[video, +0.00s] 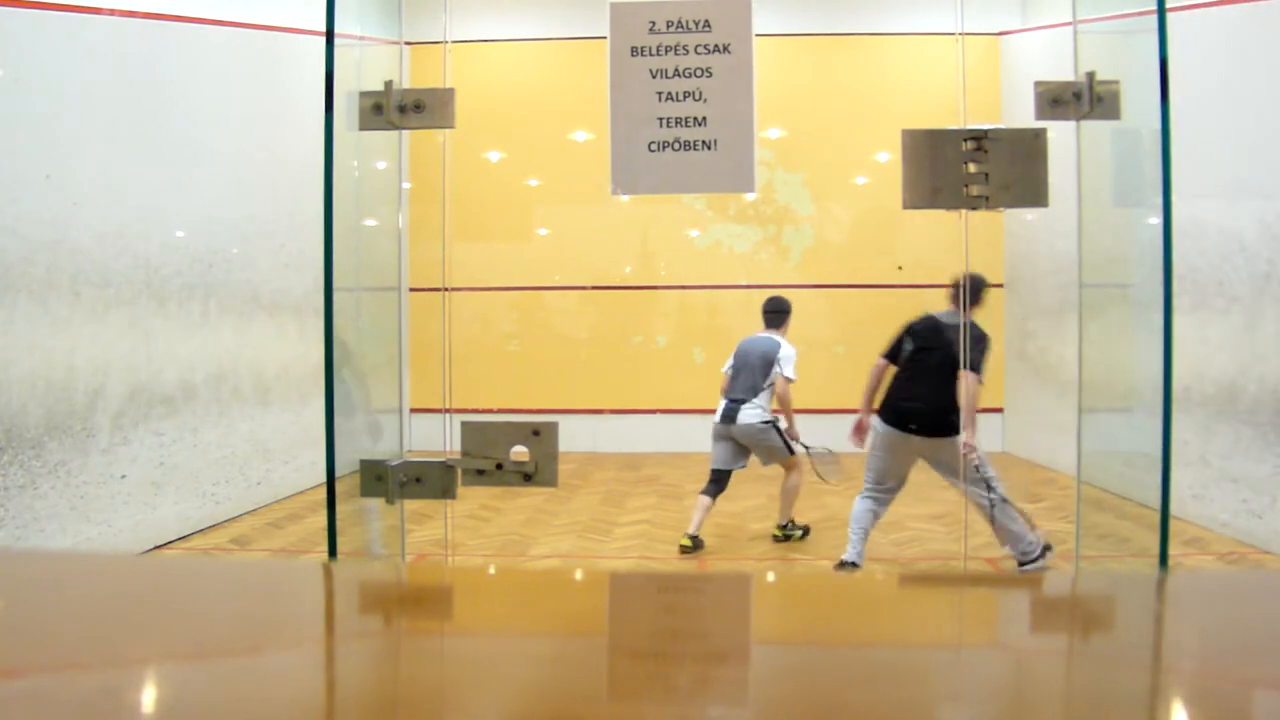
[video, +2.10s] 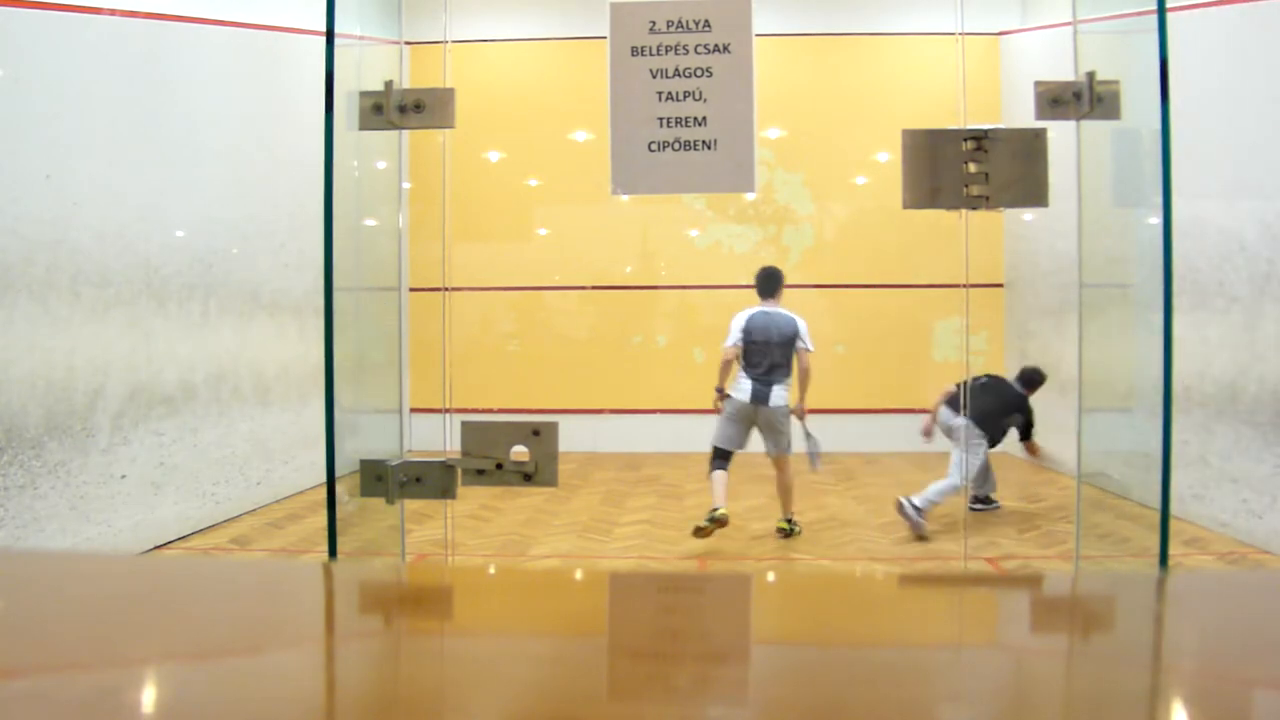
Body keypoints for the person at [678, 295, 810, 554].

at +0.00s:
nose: (788, 322)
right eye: (789, 318)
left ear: (764, 318)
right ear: (787, 319)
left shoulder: (743, 344)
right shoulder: (784, 348)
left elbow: (726, 386)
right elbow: (781, 391)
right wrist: (791, 426)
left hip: (725, 416)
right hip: (754, 419)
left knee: (717, 480)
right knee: (794, 465)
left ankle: (691, 534)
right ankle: (784, 525)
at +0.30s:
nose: (804, 312)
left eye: (803, 307)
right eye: (805, 308)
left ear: (780, 305)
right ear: (802, 309)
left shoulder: (758, 329)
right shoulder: (791, 336)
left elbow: (734, 367)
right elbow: (785, 380)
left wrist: (735, 399)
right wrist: (815, 408)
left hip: (734, 407)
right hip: (761, 410)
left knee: (747, 468)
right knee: (778, 472)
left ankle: (715, 504)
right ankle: (769, 534)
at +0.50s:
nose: (817, 321)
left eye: (818, 317)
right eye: (818, 317)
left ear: (794, 311)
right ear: (815, 315)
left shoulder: (772, 330)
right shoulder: (798, 335)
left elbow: (743, 356)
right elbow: (794, 368)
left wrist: (736, 378)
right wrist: (827, 377)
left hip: (740, 403)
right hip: (762, 407)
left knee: (756, 455)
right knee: (772, 472)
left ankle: (752, 509)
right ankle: (768, 534)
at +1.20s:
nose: (814, 308)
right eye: (815, 304)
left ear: (792, 303)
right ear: (813, 306)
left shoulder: (773, 325)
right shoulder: (815, 338)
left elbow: (744, 355)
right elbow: (817, 372)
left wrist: (734, 385)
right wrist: (811, 403)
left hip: (759, 397)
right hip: (788, 400)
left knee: (769, 454)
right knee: (787, 460)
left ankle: (775, 505)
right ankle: (772, 505)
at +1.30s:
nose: (811, 304)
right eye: (811, 300)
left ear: (788, 300)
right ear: (810, 302)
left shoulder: (768, 324)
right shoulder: (814, 334)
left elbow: (747, 359)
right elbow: (806, 365)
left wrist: (739, 392)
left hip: (760, 398)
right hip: (789, 400)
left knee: (770, 453)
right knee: (791, 458)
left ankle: (773, 508)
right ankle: (781, 507)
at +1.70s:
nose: (808, 299)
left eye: (805, 294)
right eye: (808, 295)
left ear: (783, 296)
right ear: (806, 297)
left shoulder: (763, 324)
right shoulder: (815, 331)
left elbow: (747, 362)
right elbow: (818, 374)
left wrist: (743, 397)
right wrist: (805, 399)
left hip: (760, 401)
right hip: (792, 403)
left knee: (760, 457)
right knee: (795, 467)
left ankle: (758, 508)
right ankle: (784, 521)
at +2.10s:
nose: (779, 291)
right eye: (781, 287)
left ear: (757, 290)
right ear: (781, 290)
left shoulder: (742, 318)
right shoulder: (796, 322)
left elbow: (729, 356)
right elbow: (804, 365)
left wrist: (720, 388)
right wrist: (801, 401)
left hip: (741, 398)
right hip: (776, 401)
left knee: (720, 456)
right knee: (782, 463)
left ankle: (719, 508)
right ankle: (787, 518)